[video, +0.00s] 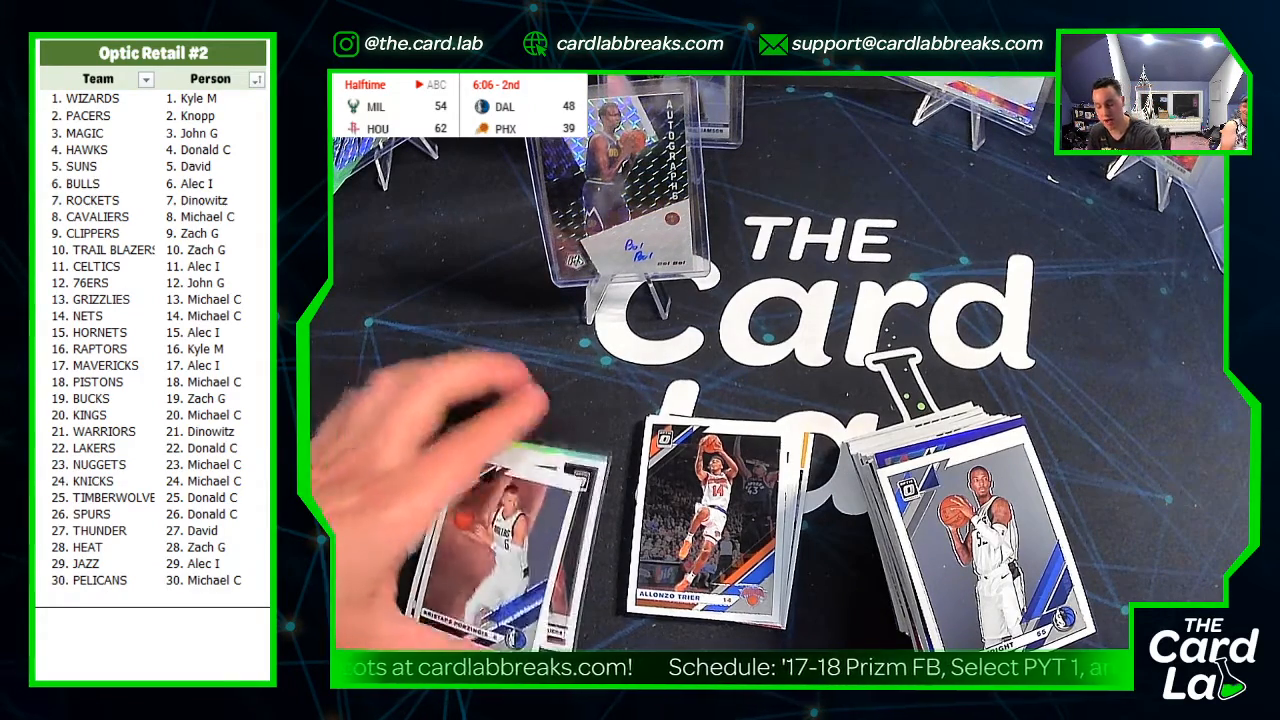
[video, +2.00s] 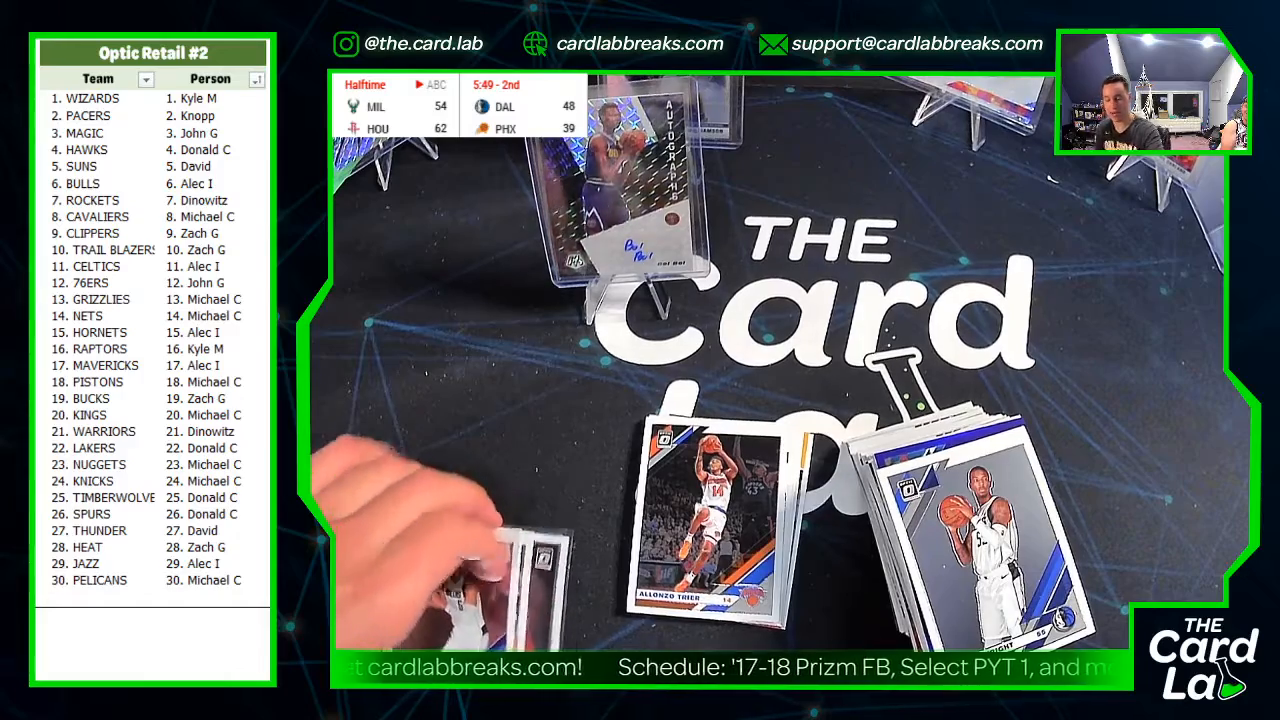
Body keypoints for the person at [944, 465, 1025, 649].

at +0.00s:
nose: (980, 483)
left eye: (984, 479)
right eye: (976, 480)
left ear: (990, 481)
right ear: (970, 485)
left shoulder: (1000, 504)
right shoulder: (975, 517)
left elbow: (997, 539)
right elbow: (965, 559)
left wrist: (973, 517)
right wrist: (953, 530)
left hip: (1007, 579)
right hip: (985, 584)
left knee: (1017, 632)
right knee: (992, 639)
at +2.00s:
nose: (980, 484)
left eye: (983, 479)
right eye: (975, 480)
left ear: (990, 482)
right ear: (970, 486)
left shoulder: (1000, 504)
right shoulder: (974, 517)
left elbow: (996, 538)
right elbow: (965, 559)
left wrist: (972, 517)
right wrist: (953, 531)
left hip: (1007, 579)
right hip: (985, 585)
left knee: (1018, 633)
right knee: (991, 640)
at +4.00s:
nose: (980, 484)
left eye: (983, 479)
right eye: (975, 481)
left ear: (990, 482)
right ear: (970, 486)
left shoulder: (1000, 505)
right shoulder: (975, 518)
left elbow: (997, 539)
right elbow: (965, 559)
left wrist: (972, 516)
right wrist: (953, 531)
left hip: (1006, 579)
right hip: (985, 584)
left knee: (1017, 632)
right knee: (991, 639)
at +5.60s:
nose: (981, 485)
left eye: (985, 480)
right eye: (976, 481)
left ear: (990, 484)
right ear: (970, 486)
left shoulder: (1000, 505)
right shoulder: (977, 512)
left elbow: (997, 538)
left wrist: (972, 518)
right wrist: (954, 532)